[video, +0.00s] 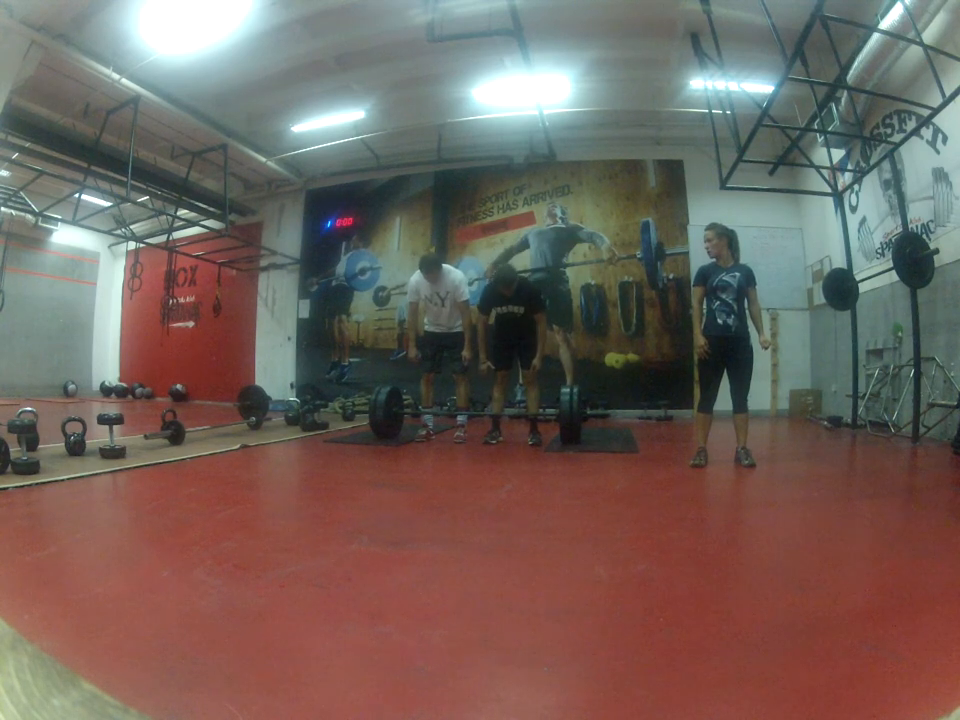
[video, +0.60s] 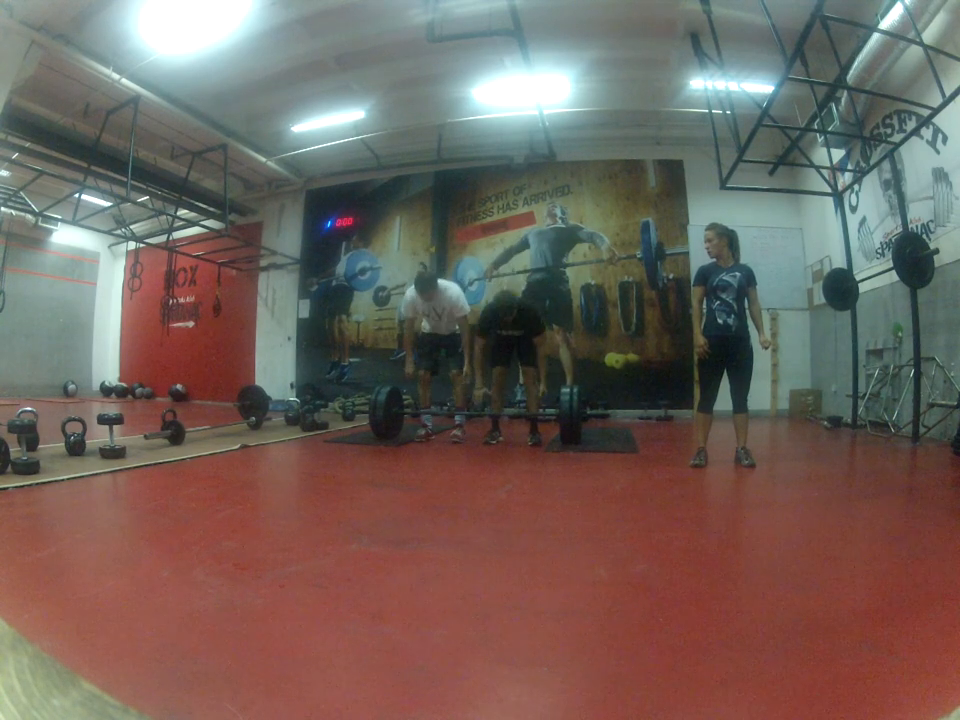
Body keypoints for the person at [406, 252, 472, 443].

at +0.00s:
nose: (431, 279)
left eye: (433, 276)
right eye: (427, 276)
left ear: (440, 269)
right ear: (422, 272)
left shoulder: (456, 277)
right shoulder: (416, 280)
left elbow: (466, 312)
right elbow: (412, 315)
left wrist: (467, 346)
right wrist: (412, 344)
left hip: (456, 331)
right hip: (431, 331)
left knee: (460, 377)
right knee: (427, 376)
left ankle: (461, 426)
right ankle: (427, 425)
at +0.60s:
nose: (427, 299)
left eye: (430, 295)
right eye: (423, 296)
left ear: (436, 287)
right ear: (417, 290)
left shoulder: (453, 293)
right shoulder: (412, 295)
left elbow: (464, 327)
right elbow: (409, 328)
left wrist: (467, 362)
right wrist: (408, 360)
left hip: (452, 333)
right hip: (428, 333)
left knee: (456, 374)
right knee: (423, 375)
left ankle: (459, 425)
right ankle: (426, 425)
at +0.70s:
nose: (427, 318)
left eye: (429, 314)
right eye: (423, 315)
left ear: (435, 308)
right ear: (417, 310)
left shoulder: (452, 312)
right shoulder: (410, 315)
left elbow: (463, 346)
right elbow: (407, 349)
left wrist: (467, 384)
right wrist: (407, 383)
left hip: (452, 340)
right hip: (427, 341)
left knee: (454, 374)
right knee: (422, 376)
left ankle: (459, 426)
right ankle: (426, 426)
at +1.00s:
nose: (432, 344)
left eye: (434, 341)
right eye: (429, 342)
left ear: (440, 334)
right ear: (421, 338)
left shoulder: (455, 336)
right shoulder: (412, 337)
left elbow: (462, 370)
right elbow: (408, 371)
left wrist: (466, 401)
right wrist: (407, 402)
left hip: (450, 351)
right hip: (426, 351)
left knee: (451, 375)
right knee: (421, 375)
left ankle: (458, 425)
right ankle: (426, 424)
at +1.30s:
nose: (429, 299)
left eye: (432, 295)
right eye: (425, 295)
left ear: (438, 291)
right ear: (420, 292)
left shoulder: (453, 303)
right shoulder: (412, 305)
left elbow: (460, 339)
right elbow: (409, 341)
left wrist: (466, 372)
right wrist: (407, 373)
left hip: (450, 336)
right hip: (426, 337)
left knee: (456, 376)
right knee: (423, 376)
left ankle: (458, 426)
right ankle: (427, 425)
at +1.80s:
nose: (432, 266)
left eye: (436, 261)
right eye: (429, 262)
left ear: (443, 258)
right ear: (424, 261)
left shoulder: (458, 279)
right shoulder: (415, 283)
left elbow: (461, 314)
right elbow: (407, 318)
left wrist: (462, 346)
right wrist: (404, 348)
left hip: (454, 333)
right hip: (429, 332)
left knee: (456, 374)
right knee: (425, 376)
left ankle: (456, 425)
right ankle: (427, 425)